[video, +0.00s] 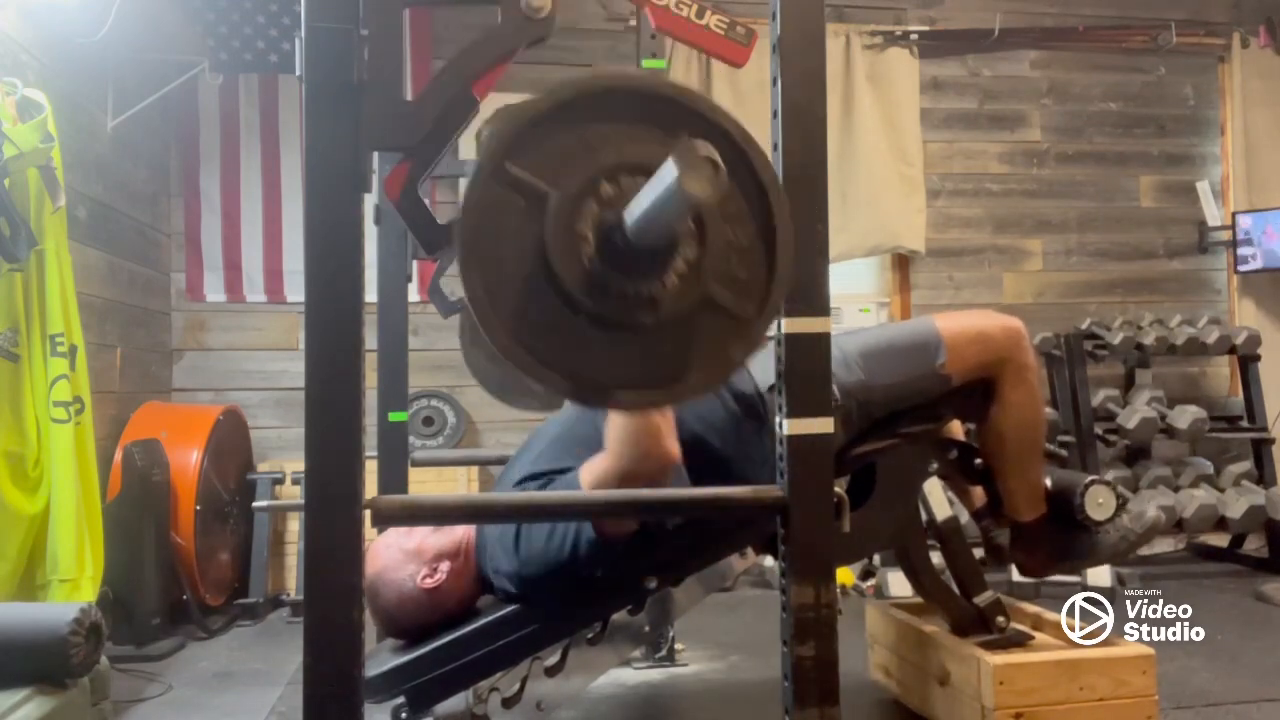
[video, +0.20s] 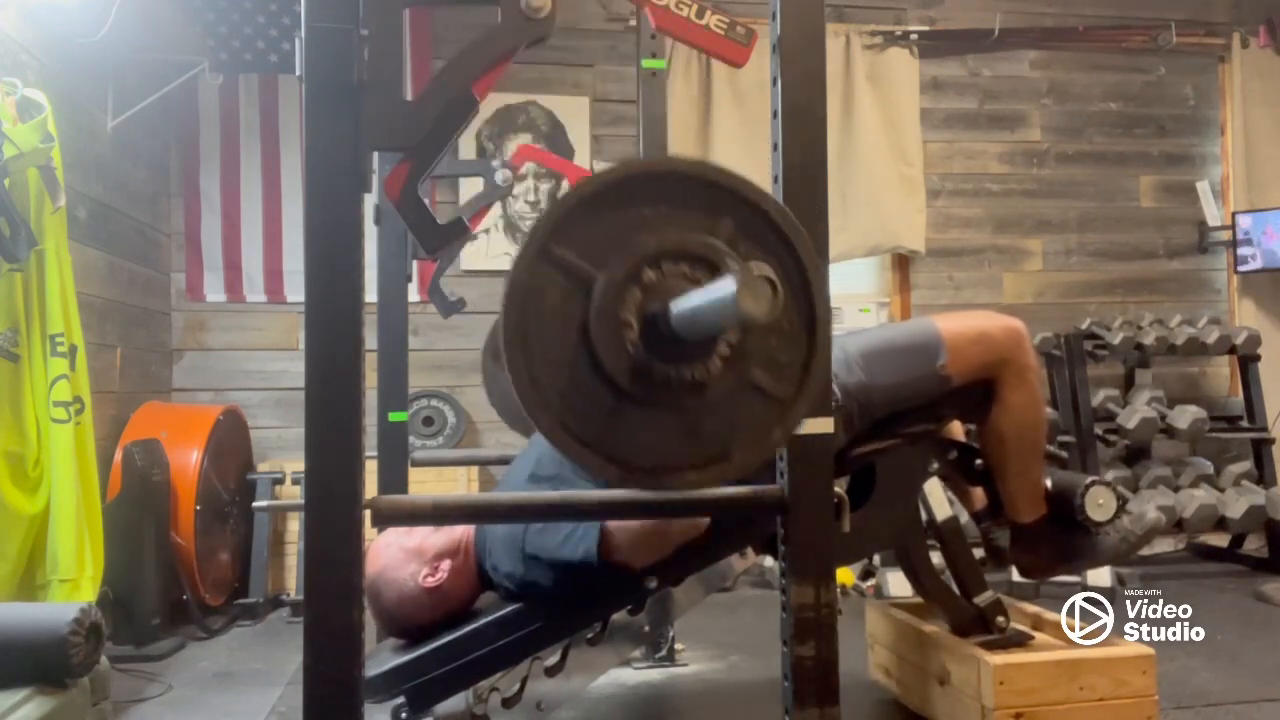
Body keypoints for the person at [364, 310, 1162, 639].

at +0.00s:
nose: (417, 532)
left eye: (399, 535)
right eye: (415, 551)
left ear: (426, 542)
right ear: (446, 580)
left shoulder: (496, 497)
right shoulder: (525, 549)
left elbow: (621, 427)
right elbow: (649, 457)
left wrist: (595, 308)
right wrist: (619, 319)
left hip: (745, 374)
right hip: (769, 427)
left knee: (944, 322)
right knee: (1004, 341)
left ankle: (978, 474)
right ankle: (1031, 527)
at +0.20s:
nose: (418, 531)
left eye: (400, 535)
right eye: (416, 550)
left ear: (425, 541)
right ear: (447, 578)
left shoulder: (500, 487)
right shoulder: (525, 544)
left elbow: (577, 424)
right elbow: (655, 529)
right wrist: (680, 396)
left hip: (708, 403)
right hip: (750, 446)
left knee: (945, 328)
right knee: (1003, 342)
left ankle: (989, 478)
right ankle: (1032, 525)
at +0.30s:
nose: (418, 525)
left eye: (400, 532)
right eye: (418, 544)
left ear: (426, 553)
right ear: (448, 575)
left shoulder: (485, 501)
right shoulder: (526, 543)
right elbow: (671, 542)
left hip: (695, 414)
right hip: (753, 441)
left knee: (910, 318)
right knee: (1002, 340)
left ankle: (980, 470)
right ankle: (1031, 525)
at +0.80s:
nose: (421, 533)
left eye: (403, 536)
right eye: (418, 551)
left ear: (427, 541)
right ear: (447, 578)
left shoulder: (500, 496)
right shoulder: (530, 551)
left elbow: (594, 410)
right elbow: (656, 484)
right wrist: (656, 362)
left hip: (734, 384)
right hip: (761, 433)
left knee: (958, 330)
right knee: (1007, 343)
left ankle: (986, 482)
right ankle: (1032, 526)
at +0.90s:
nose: (422, 534)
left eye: (403, 536)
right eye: (418, 551)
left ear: (428, 539)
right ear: (447, 579)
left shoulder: (502, 495)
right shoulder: (526, 550)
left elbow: (620, 426)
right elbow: (641, 449)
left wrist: (604, 306)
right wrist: (613, 320)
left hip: (750, 379)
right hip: (769, 431)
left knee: (960, 330)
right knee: (1007, 343)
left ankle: (986, 484)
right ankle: (1031, 527)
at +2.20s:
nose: (421, 530)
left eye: (402, 534)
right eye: (418, 550)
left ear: (425, 539)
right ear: (447, 578)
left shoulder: (494, 502)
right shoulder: (530, 540)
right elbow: (681, 527)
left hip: (725, 382)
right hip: (755, 429)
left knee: (940, 322)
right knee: (1004, 340)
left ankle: (982, 466)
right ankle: (1032, 528)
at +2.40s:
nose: (420, 527)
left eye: (402, 533)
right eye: (419, 546)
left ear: (426, 540)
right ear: (448, 575)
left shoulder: (498, 493)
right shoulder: (530, 541)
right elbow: (685, 562)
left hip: (715, 387)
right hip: (757, 433)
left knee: (894, 308)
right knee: (1003, 339)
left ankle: (974, 460)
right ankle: (1032, 526)